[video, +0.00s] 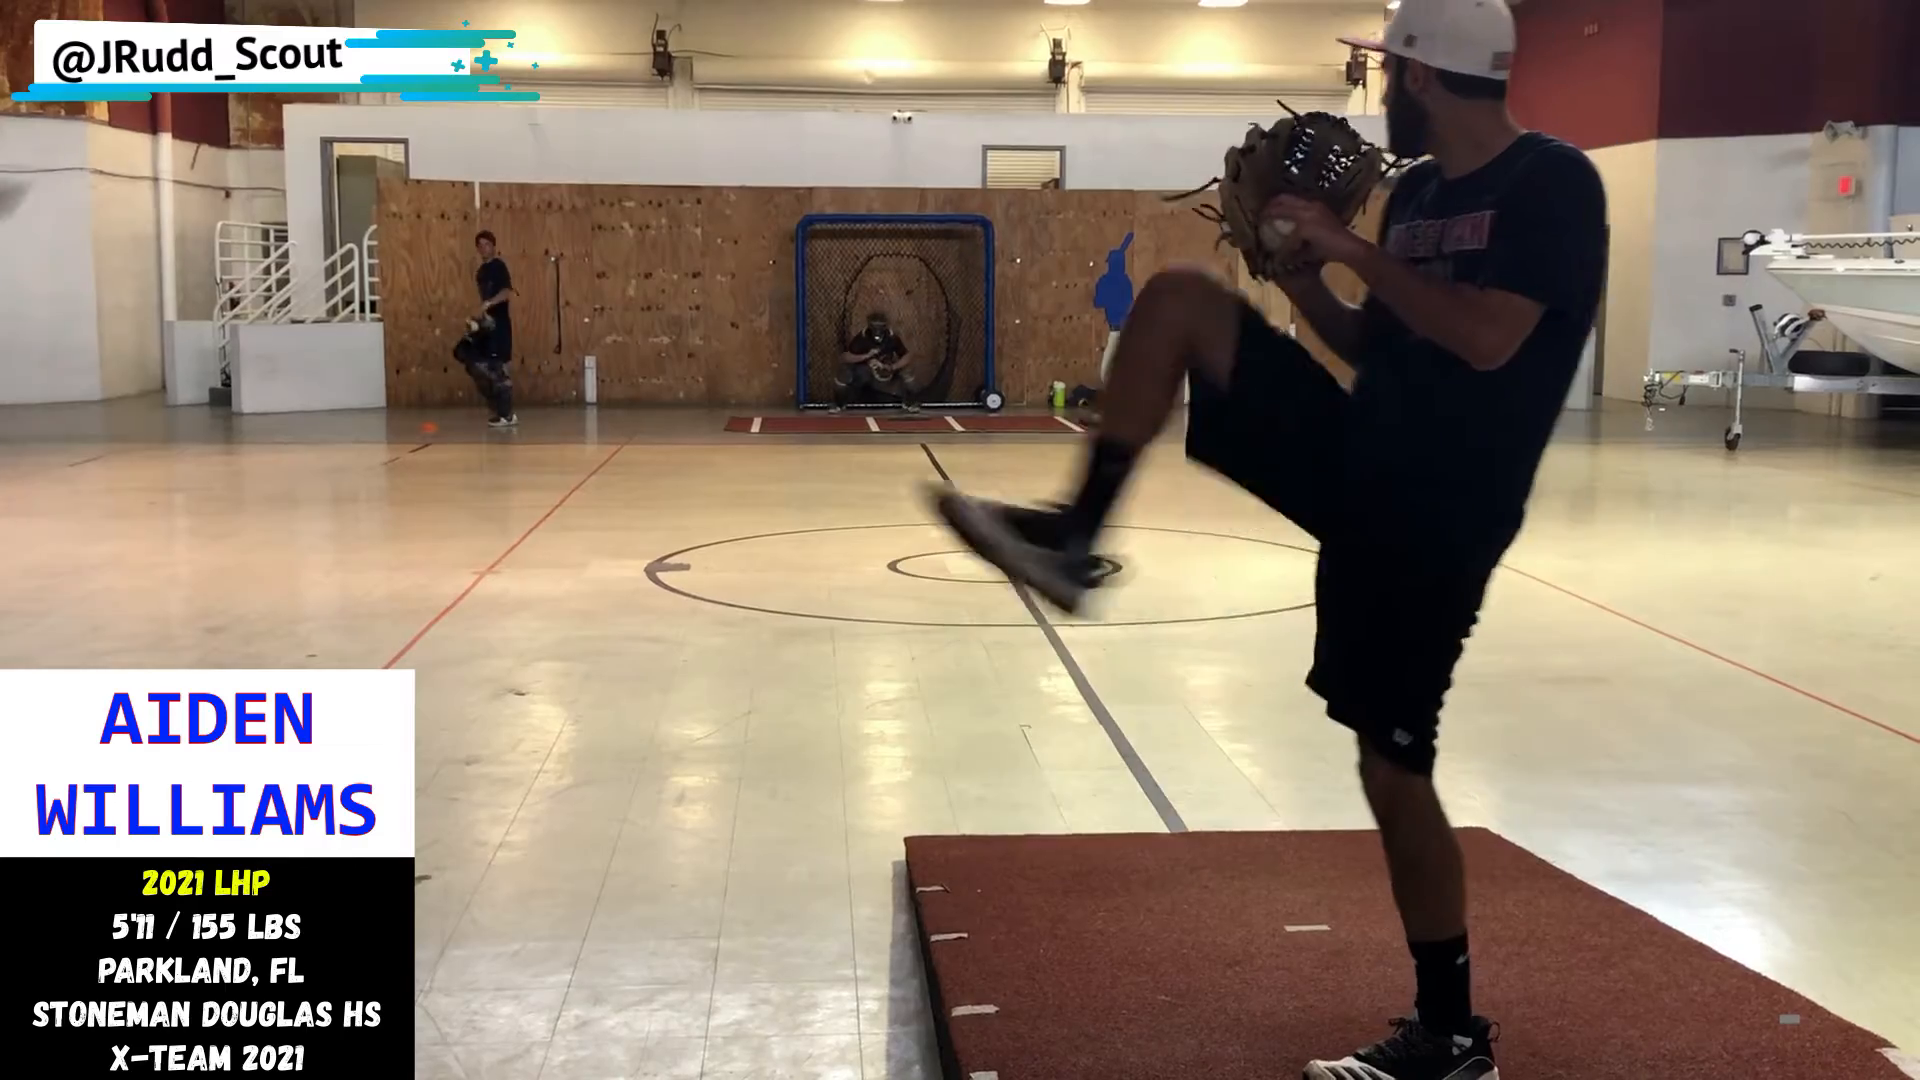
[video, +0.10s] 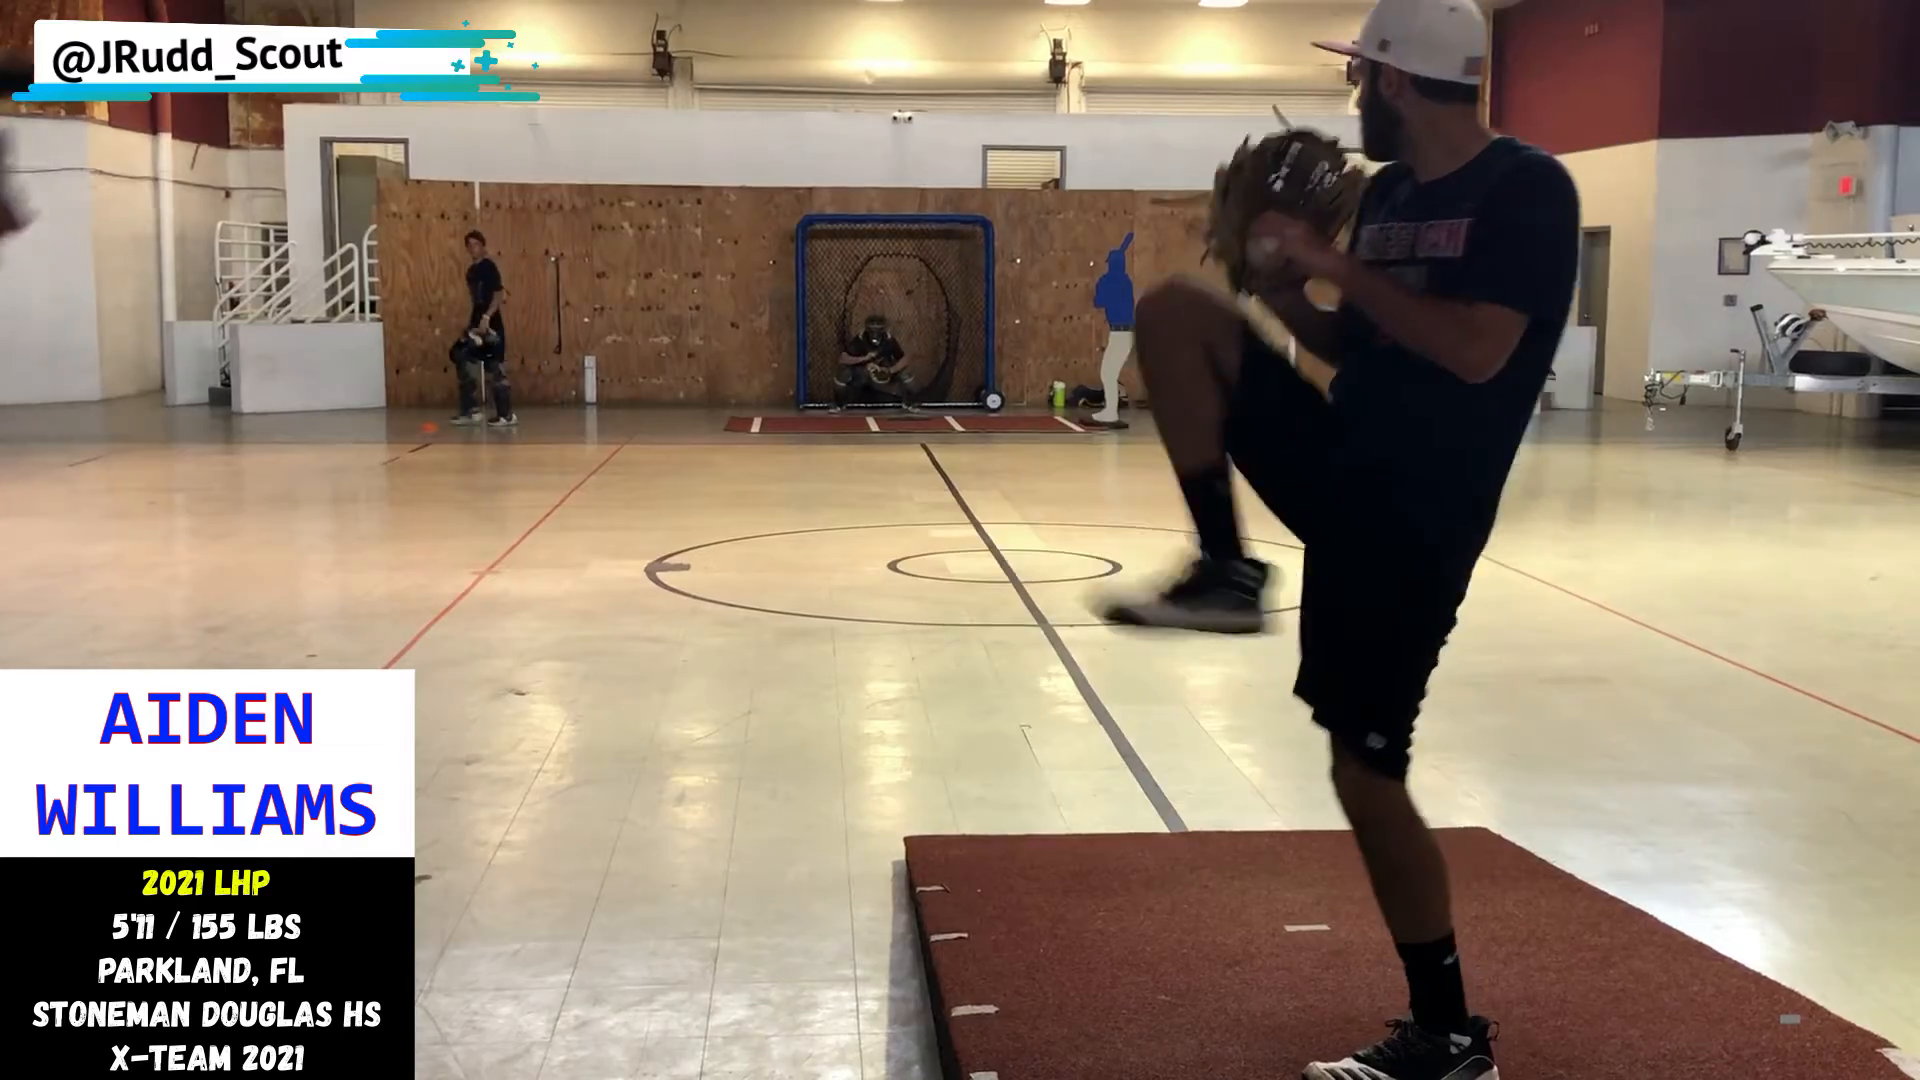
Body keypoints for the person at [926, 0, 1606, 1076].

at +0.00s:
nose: (1386, 81)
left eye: (1397, 62)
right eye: (1389, 62)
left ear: (1433, 71)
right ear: (1451, 75)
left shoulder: (1555, 182)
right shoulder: (1418, 190)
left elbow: (1491, 332)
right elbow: (1370, 354)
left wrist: (1347, 248)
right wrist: (1287, 267)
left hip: (1437, 514)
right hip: (1354, 463)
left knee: (1392, 765)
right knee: (1181, 301)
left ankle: (1449, 1028)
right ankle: (1073, 536)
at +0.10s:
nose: (1360, 96)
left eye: (1368, 76)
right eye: (1360, 78)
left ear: (1408, 78)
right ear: (1418, 80)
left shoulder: (1530, 187)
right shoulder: (1388, 194)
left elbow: (1480, 347)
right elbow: (1356, 361)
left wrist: (1336, 265)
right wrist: (1275, 283)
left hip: (1417, 518)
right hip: (1336, 466)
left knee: (1364, 767)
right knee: (1176, 312)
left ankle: (1445, 1029)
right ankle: (1222, 565)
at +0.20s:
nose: (1326, 115)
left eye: (1337, 98)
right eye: (1328, 97)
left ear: (1380, 102)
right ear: (1392, 101)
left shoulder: (1502, 207)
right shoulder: (1356, 210)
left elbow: (1478, 384)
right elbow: (1333, 358)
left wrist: (1316, 339)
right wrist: (1254, 326)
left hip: (1418, 533)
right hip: (1330, 486)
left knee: (1338, 777)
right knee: (1139, 444)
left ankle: (1441, 1027)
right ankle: (1232, 660)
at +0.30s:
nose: (1294, 168)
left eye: (1303, 151)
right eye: (1297, 150)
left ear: (1340, 159)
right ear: (1373, 158)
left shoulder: (1476, 264)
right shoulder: (1321, 257)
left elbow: (1470, 440)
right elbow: (1263, 370)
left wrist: (1289, 507)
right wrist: (1182, 435)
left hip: (1425, 556)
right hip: (1327, 528)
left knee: (1320, 780)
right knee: (1128, 577)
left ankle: (1438, 1029)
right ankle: (1161, 807)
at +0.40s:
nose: (1261, 244)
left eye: (1269, 230)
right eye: (1265, 230)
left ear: (1297, 237)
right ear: (1350, 232)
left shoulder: (1443, 336)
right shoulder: (1277, 323)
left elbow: (1478, 516)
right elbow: (1170, 407)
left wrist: (1423, 657)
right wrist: (1077, 518)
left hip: (1402, 586)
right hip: (1309, 558)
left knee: (1291, 787)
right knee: (1133, 664)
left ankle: (1429, 1028)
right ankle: (1108, 858)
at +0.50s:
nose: (1212, 311)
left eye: (1218, 295)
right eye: (1217, 295)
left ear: (1238, 306)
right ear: (1308, 298)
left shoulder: (1396, 400)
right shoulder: (1228, 377)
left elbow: (1503, 534)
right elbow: (1123, 414)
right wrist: (1023, 494)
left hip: (1367, 621)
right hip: (1277, 592)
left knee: (1256, 807)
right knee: (1135, 703)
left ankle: (1419, 1025)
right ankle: (1115, 835)